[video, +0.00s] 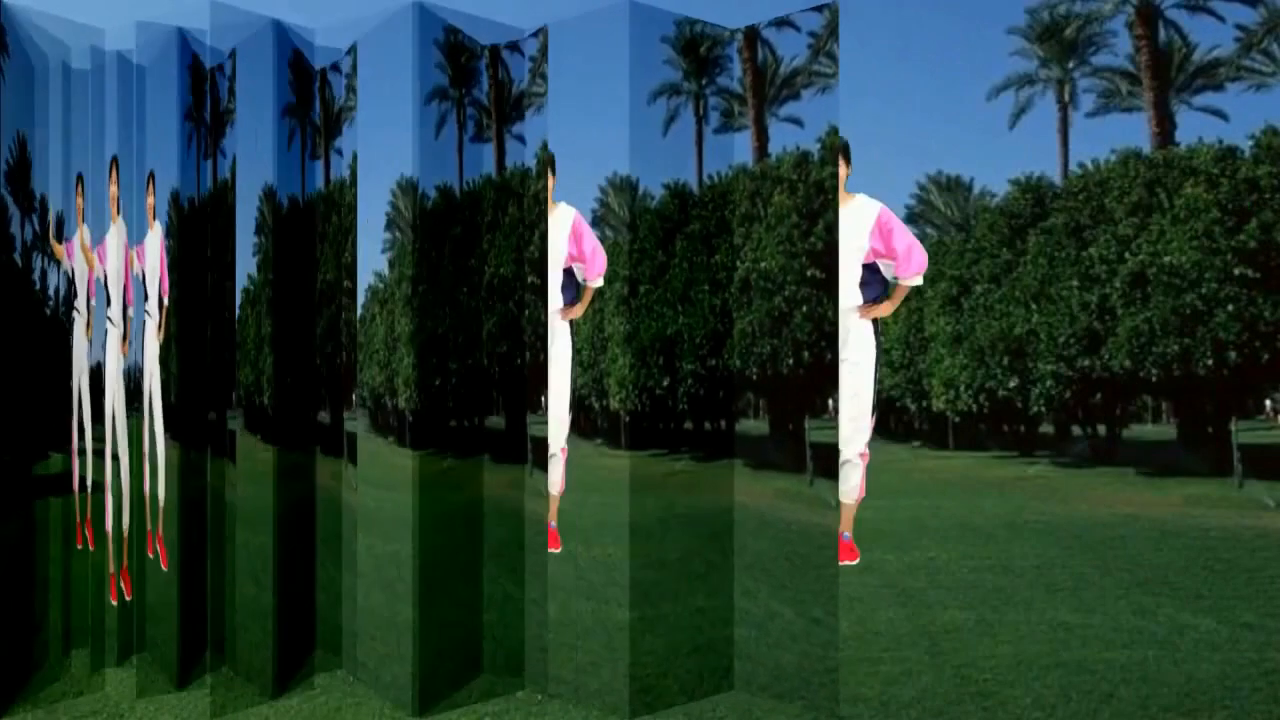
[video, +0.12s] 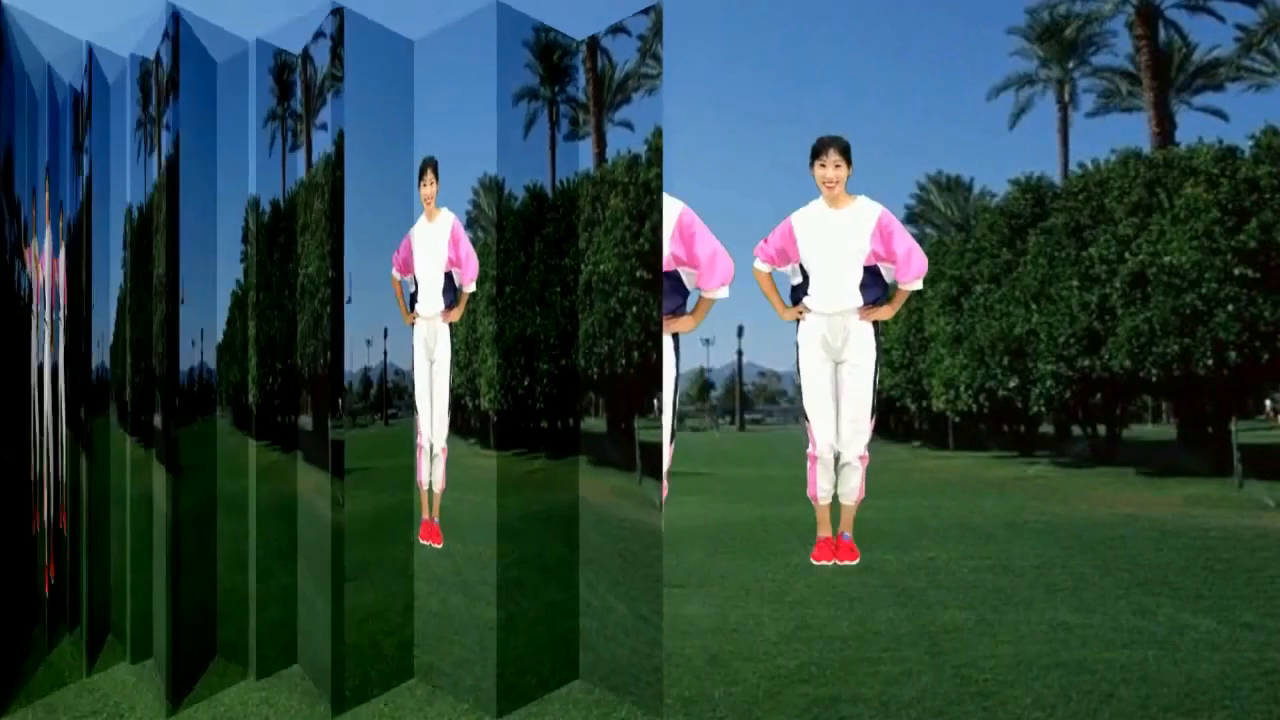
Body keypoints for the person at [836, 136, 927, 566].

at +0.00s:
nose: (830, 176)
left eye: (836, 167)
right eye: (824, 168)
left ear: (846, 169)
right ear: (816, 172)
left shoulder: (868, 212)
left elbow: (914, 258)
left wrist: (890, 305)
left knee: (854, 429)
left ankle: (845, 532)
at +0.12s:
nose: (830, 173)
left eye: (837, 165)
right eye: (823, 166)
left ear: (849, 170)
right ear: (813, 171)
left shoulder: (872, 215)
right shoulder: (801, 220)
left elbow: (914, 262)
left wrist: (892, 307)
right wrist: (783, 309)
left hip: (859, 328)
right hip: (814, 329)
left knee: (854, 434)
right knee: (822, 435)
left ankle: (846, 533)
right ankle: (823, 534)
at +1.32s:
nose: (835, 175)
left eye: (841, 169)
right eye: (826, 169)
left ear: (849, 179)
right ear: (811, 178)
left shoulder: (872, 220)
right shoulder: (800, 232)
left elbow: (911, 267)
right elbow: (766, 287)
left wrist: (896, 315)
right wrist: (789, 270)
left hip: (863, 335)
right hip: (818, 337)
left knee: (859, 436)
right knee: (822, 439)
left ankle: (864, 500)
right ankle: (819, 534)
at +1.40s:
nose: (837, 167)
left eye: (843, 161)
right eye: (828, 160)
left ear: (850, 170)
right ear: (812, 168)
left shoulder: (872, 207)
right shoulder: (800, 219)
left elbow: (915, 254)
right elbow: (770, 263)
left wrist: (899, 301)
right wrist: (796, 215)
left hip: (868, 324)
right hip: (824, 329)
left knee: (873, 431)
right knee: (826, 435)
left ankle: (882, 498)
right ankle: (819, 534)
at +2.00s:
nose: (847, 152)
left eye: (852, 144)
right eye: (839, 145)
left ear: (862, 148)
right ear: (824, 153)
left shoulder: (889, 182)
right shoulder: (821, 193)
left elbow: (932, 224)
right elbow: (814, 223)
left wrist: (917, 276)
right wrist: (819, 169)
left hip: (887, 296)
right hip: (843, 298)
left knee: (892, 422)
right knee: (838, 417)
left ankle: (886, 462)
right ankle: (829, 523)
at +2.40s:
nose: (857, 153)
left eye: (859, 145)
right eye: (847, 146)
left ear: (867, 156)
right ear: (832, 159)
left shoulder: (895, 200)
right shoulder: (823, 205)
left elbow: (930, 247)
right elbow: (859, 217)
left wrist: (916, 291)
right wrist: (853, 159)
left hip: (889, 308)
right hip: (844, 309)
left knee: (898, 430)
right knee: (839, 430)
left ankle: (895, 492)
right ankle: (831, 530)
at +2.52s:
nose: (860, 165)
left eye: (867, 158)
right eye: (852, 157)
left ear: (877, 165)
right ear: (838, 164)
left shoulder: (899, 202)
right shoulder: (829, 206)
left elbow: (936, 246)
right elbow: (876, 214)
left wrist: (924, 288)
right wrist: (906, 167)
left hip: (901, 309)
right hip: (858, 313)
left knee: (910, 427)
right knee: (854, 432)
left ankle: (920, 521)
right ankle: (835, 533)